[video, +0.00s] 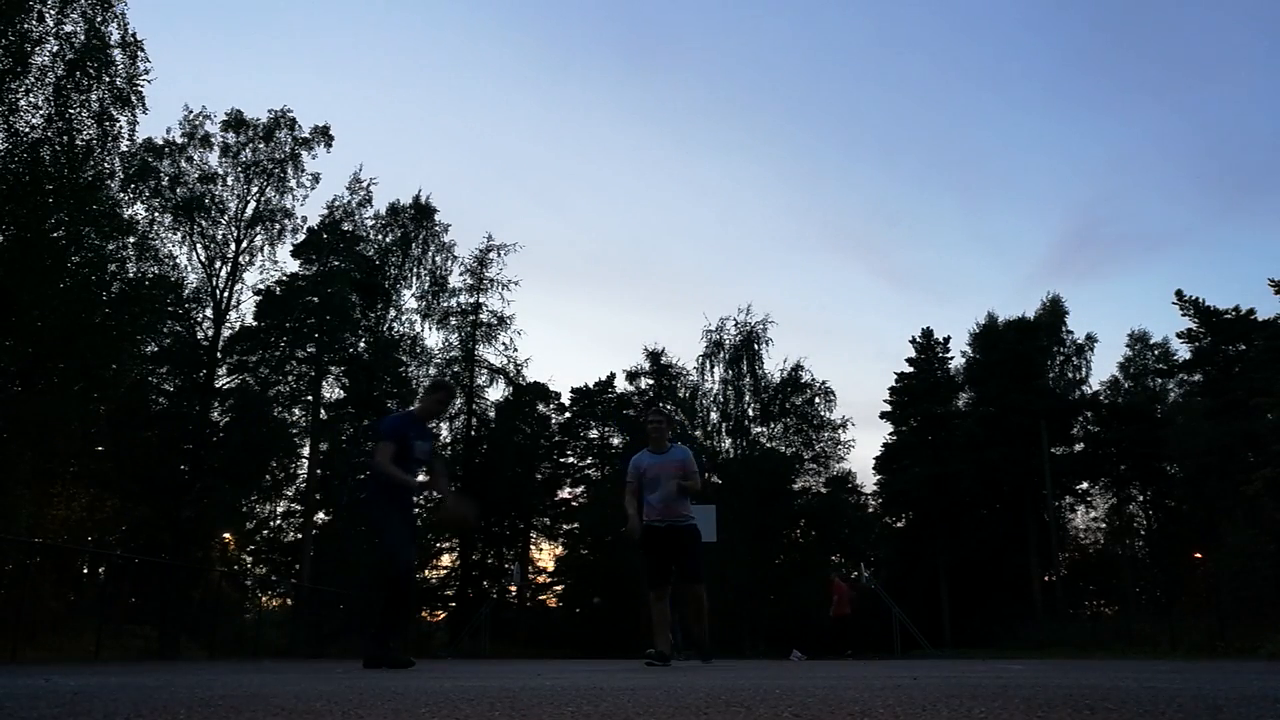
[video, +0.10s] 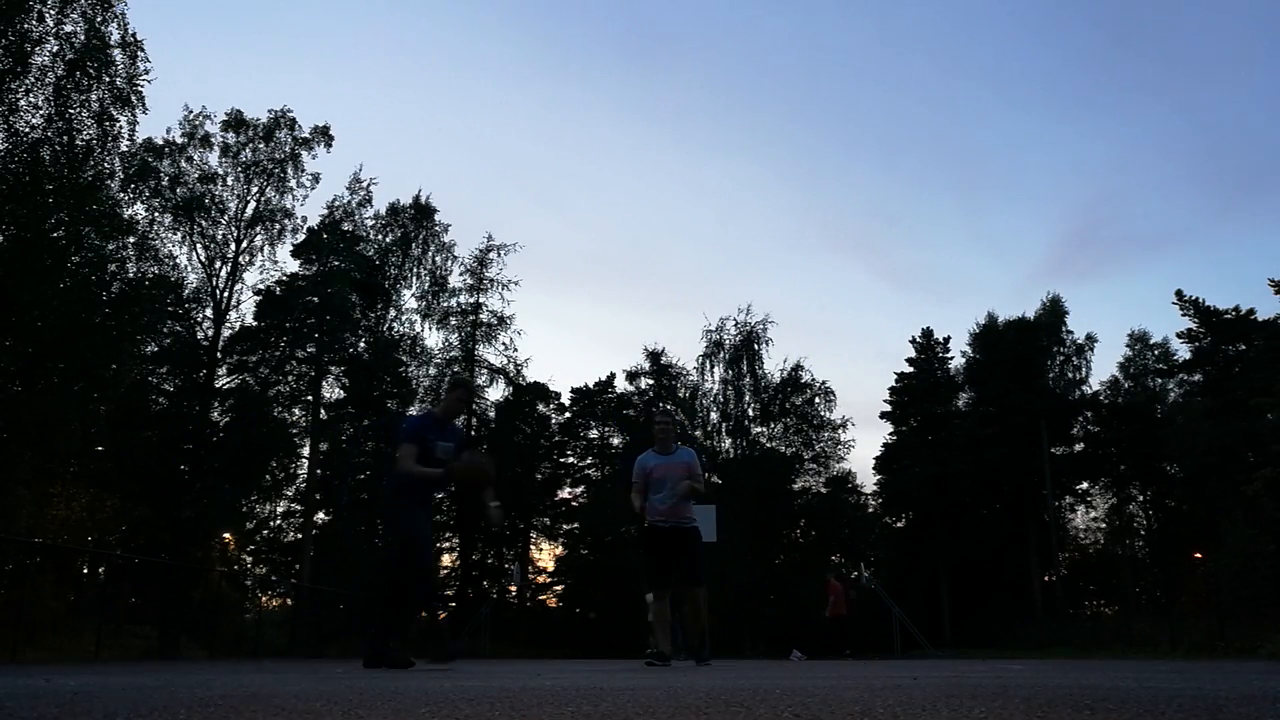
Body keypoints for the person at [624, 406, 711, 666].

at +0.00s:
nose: (655, 427)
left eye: (659, 423)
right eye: (651, 423)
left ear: (668, 427)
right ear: (646, 428)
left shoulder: (683, 454)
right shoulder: (638, 460)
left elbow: (696, 485)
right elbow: (630, 495)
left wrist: (681, 484)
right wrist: (634, 520)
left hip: (683, 527)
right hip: (653, 529)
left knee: (694, 587)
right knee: (658, 589)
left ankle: (701, 645)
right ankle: (662, 649)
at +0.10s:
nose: (662, 428)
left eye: (666, 424)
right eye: (659, 424)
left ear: (674, 428)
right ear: (653, 428)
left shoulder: (688, 455)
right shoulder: (644, 460)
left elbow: (701, 488)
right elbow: (636, 492)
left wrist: (688, 486)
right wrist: (640, 507)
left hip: (685, 529)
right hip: (656, 529)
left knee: (693, 589)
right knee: (659, 591)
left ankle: (699, 648)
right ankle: (663, 650)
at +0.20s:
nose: (671, 430)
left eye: (675, 426)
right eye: (667, 426)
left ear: (681, 430)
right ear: (660, 430)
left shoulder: (694, 457)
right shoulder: (650, 460)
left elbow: (711, 486)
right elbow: (635, 492)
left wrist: (702, 483)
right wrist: (649, 479)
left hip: (688, 530)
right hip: (659, 530)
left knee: (691, 590)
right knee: (661, 591)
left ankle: (693, 649)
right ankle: (663, 650)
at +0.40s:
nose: (684, 433)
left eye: (688, 429)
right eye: (680, 429)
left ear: (694, 433)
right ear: (673, 432)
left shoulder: (702, 459)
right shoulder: (661, 456)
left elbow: (725, 474)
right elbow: (642, 465)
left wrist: (725, 459)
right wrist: (650, 443)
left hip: (693, 532)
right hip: (665, 531)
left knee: (694, 592)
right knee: (663, 591)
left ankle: (694, 651)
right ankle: (663, 651)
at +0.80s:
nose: (687, 434)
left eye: (690, 430)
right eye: (683, 430)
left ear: (696, 435)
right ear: (674, 434)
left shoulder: (700, 458)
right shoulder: (665, 456)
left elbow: (719, 450)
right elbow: (646, 449)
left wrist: (735, 441)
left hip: (695, 530)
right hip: (666, 529)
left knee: (695, 589)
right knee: (665, 588)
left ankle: (698, 648)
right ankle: (665, 648)